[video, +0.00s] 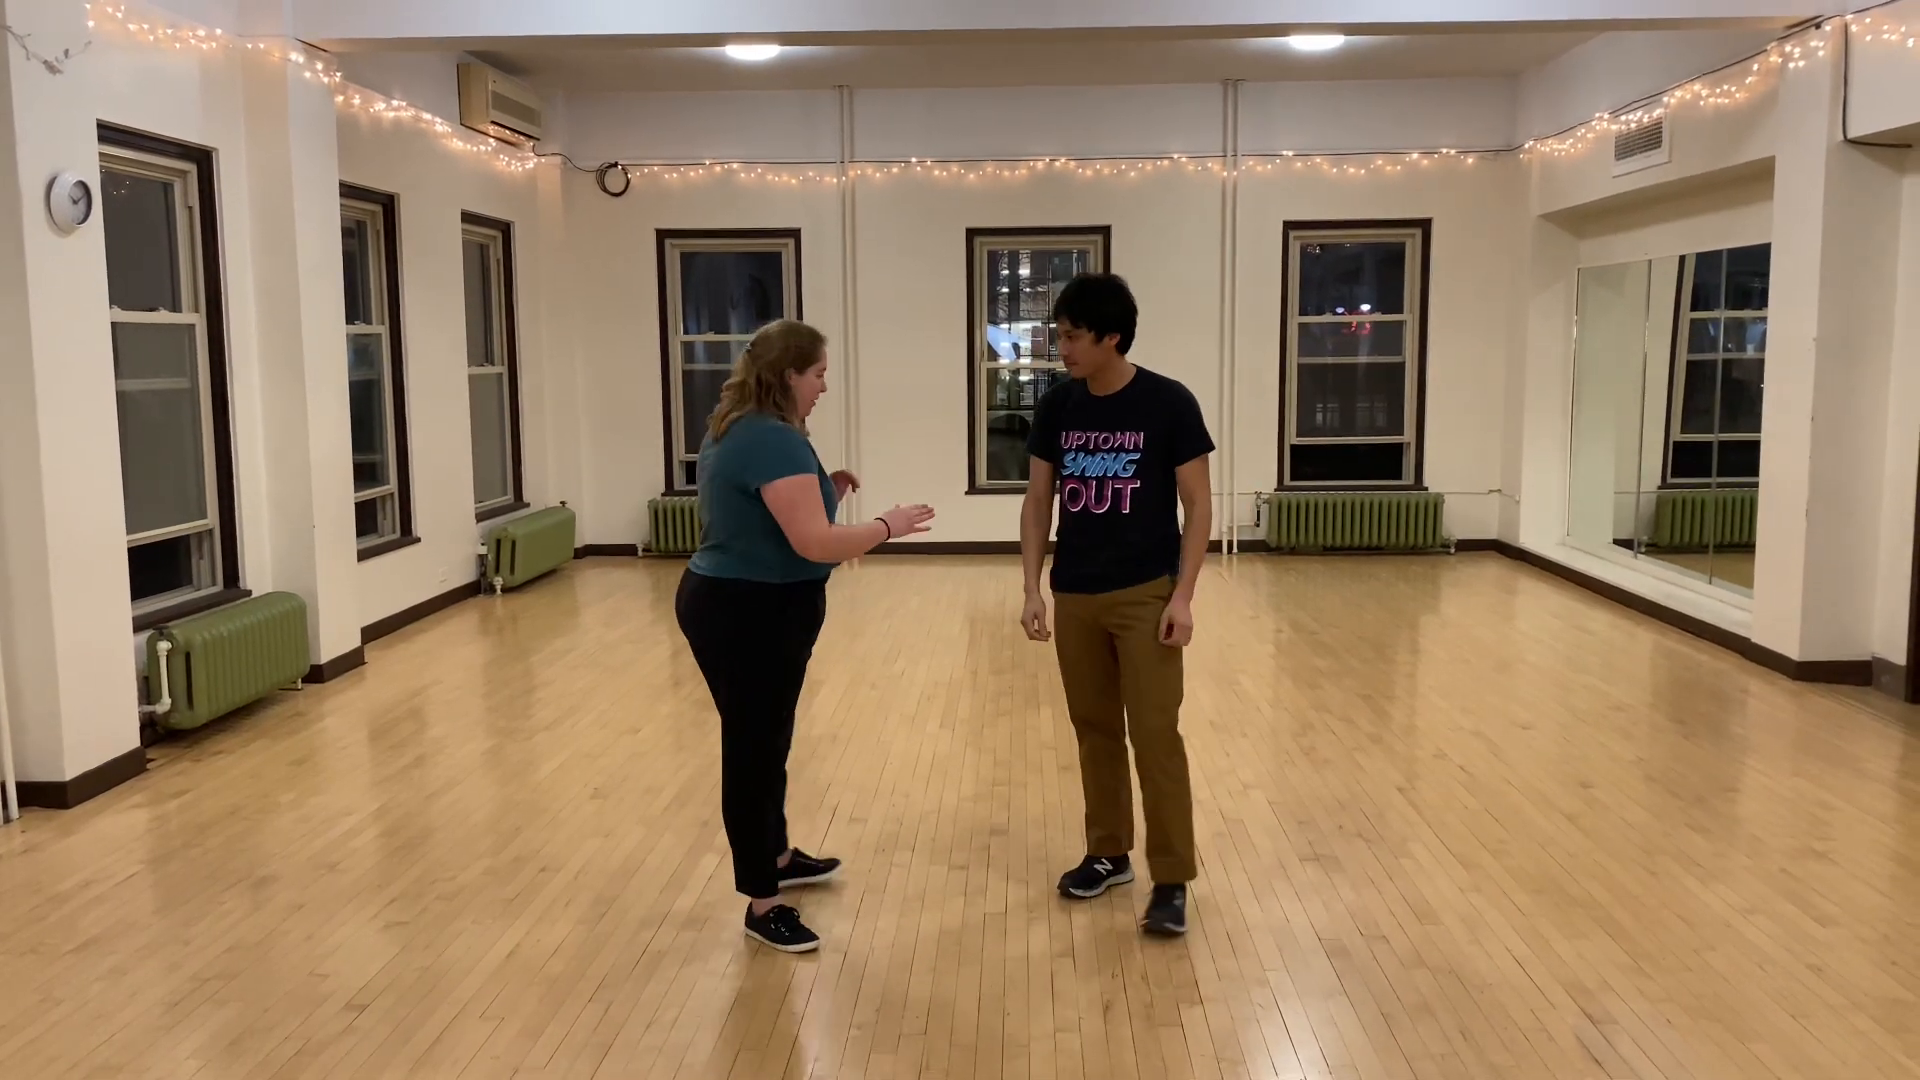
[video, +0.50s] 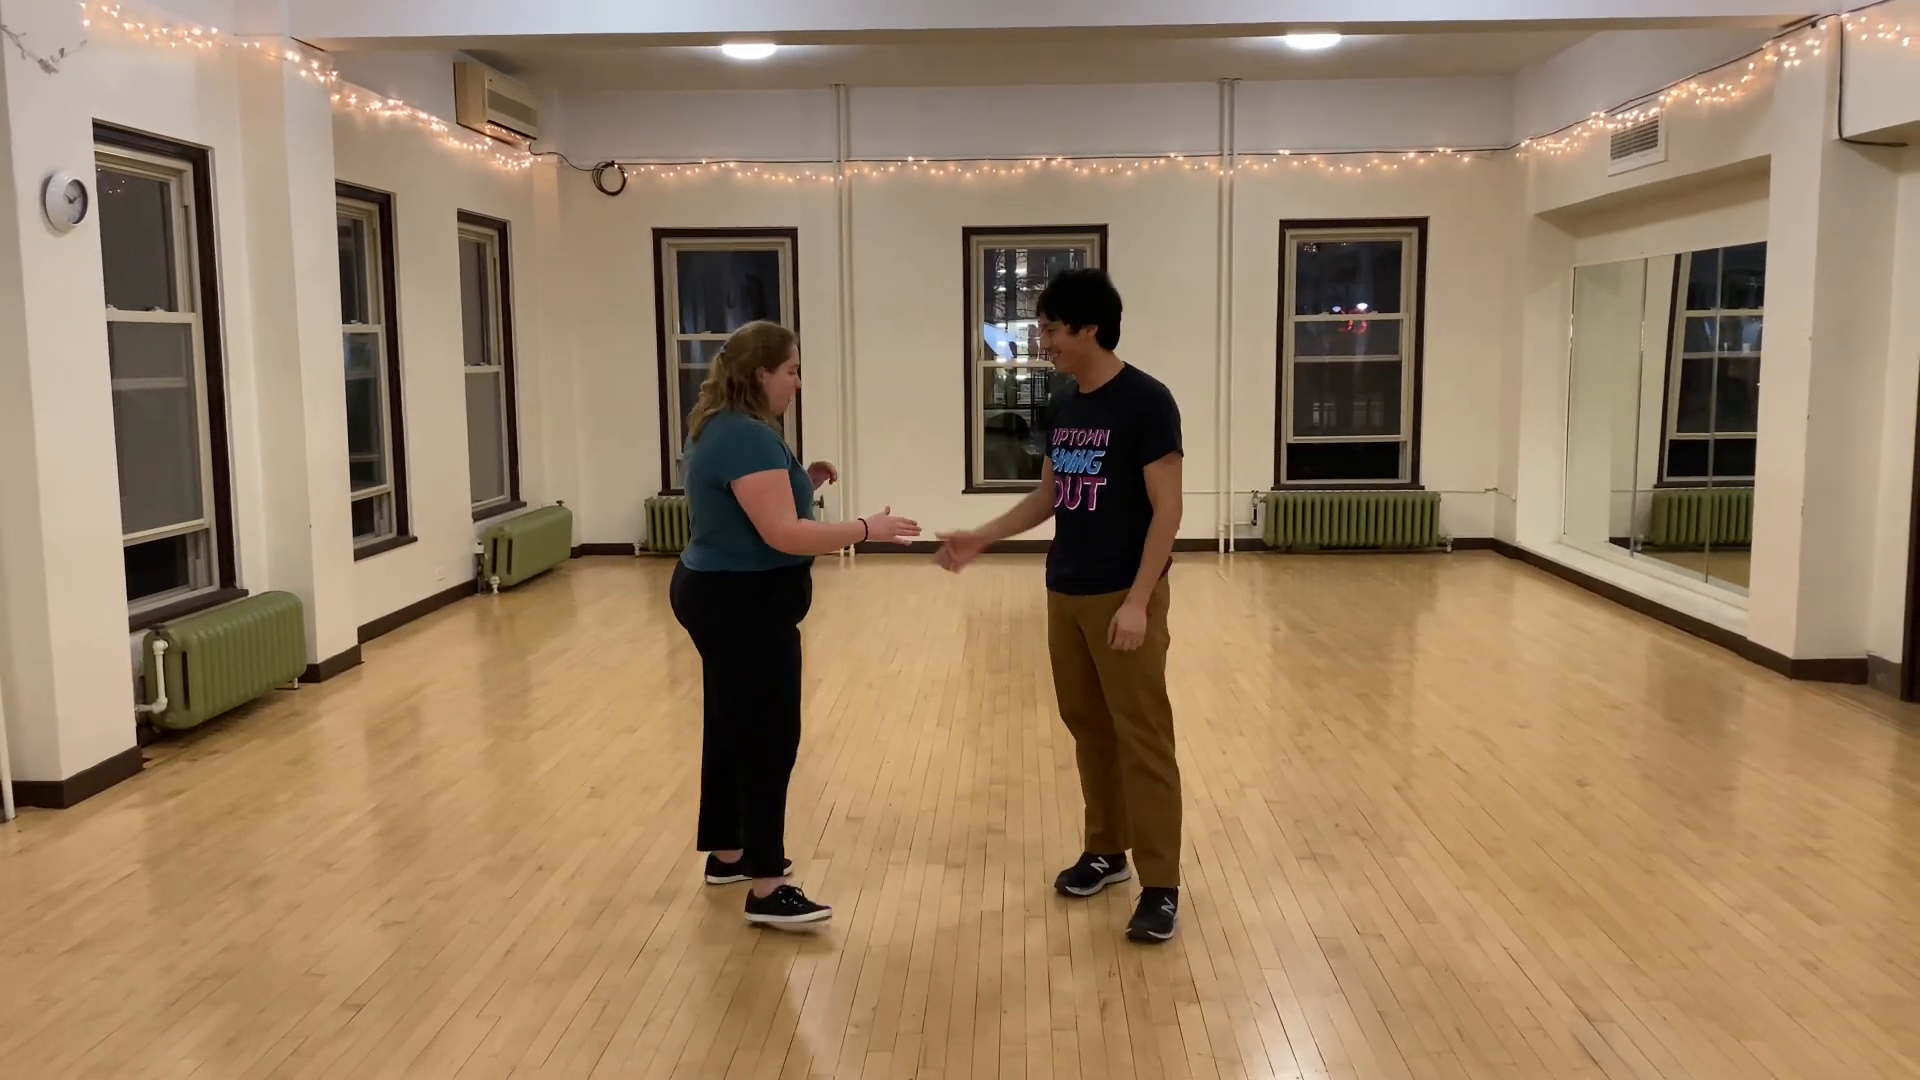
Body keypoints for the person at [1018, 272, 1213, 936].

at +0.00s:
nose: (1062, 347)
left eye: (1072, 336)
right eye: (1060, 335)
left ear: (1112, 338)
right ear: (1072, 336)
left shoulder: (1169, 403)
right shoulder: (1058, 404)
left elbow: (1199, 507)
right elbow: (1037, 499)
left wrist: (1184, 594)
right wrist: (1033, 583)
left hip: (1147, 596)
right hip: (1075, 598)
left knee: (1154, 738)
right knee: (1095, 733)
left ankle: (1171, 880)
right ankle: (1109, 855)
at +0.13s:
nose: (1052, 348)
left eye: (1062, 337)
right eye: (1051, 336)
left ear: (1102, 337)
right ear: (1073, 338)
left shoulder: (1164, 404)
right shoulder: (1058, 409)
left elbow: (1189, 512)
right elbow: (1042, 502)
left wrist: (1175, 602)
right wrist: (1028, 585)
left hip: (1139, 600)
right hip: (1071, 600)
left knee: (1148, 740)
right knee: (1092, 732)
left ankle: (1161, 884)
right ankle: (1107, 853)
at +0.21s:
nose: (1051, 347)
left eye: (1060, 335)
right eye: (1050, 335)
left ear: (1101, 335)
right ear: (1075, 337)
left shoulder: (1161, 404)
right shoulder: (1061, 409)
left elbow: (1184, 512)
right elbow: (1046, 503)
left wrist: (1167, 602)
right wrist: (1028, 588)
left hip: (1134, 600)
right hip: (1069, 600)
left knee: (1149, 742)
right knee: (1091, 732)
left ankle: (1163, 885)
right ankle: (1107, 852)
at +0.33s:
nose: (1047, 343)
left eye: (1055, 331)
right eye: (1046, 330)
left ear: (1095, 333)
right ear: (1081, 335)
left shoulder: (1155, 403)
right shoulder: (1063, 408)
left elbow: (1180, 510)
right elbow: (1054, 500)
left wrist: (1159, 599)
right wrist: (1019, 577)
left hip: (1131, 600)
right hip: (1068, 598)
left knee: (1144, 740)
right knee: (1090, 730)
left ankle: (1161, 883)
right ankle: (1107, 851)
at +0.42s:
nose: (1044, 343)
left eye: (1053, 332)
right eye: (1044, 331)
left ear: (1092, 333)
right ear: (1072, 336)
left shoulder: (1151, 403)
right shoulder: (1064, 407)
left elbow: (1175, 508)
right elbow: (1054, 499)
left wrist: (1149, 601)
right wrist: (1000, 559)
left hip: (1129, 600)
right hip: (1068, 599)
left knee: (1144, 742)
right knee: (1090, 731)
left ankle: (1161, 885)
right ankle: (1107, 851)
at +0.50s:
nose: (1043, 343)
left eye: (1051, 331)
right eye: (1042, 331)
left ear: (1089, 332)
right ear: (1074, 334)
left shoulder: (1147, 403)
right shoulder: (1064, 405)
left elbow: (1168, 511)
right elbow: (1049, 497)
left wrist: (1138, 602)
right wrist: (982, 537)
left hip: (1128, 598)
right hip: (1068, 596)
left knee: (1141, 739)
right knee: (1090, 730)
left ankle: (1160, 885)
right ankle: (1107, 851)